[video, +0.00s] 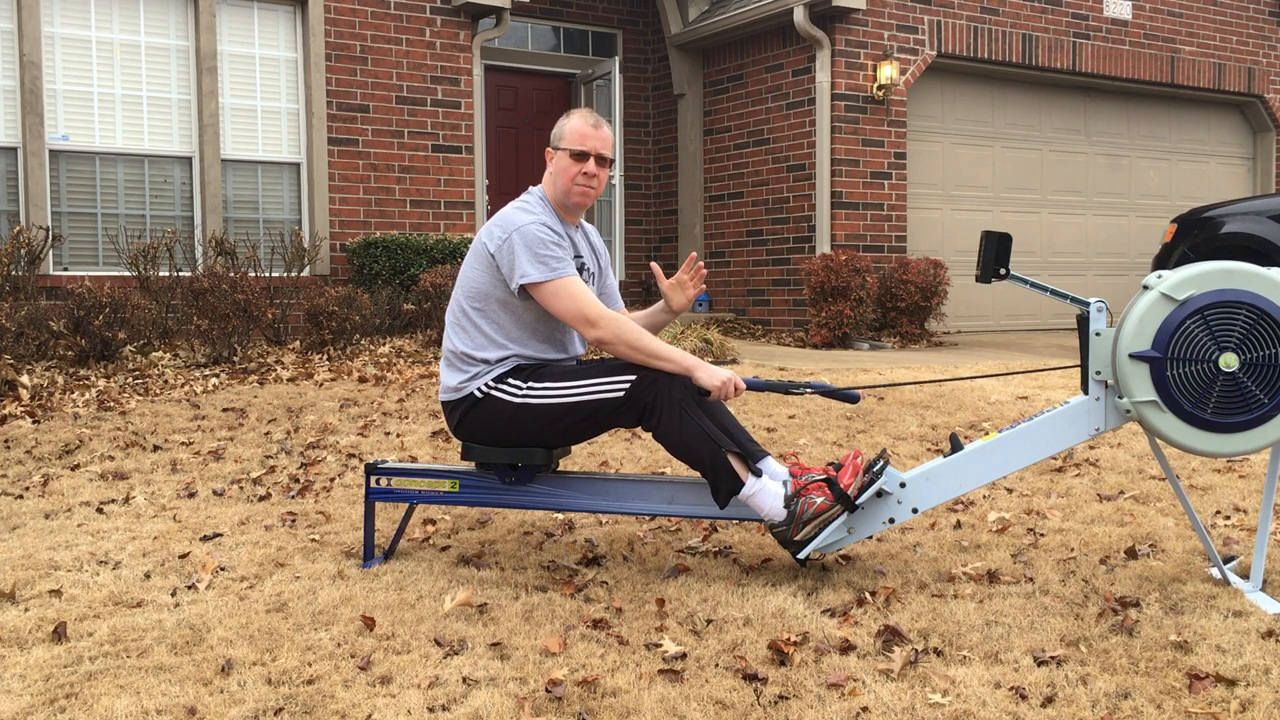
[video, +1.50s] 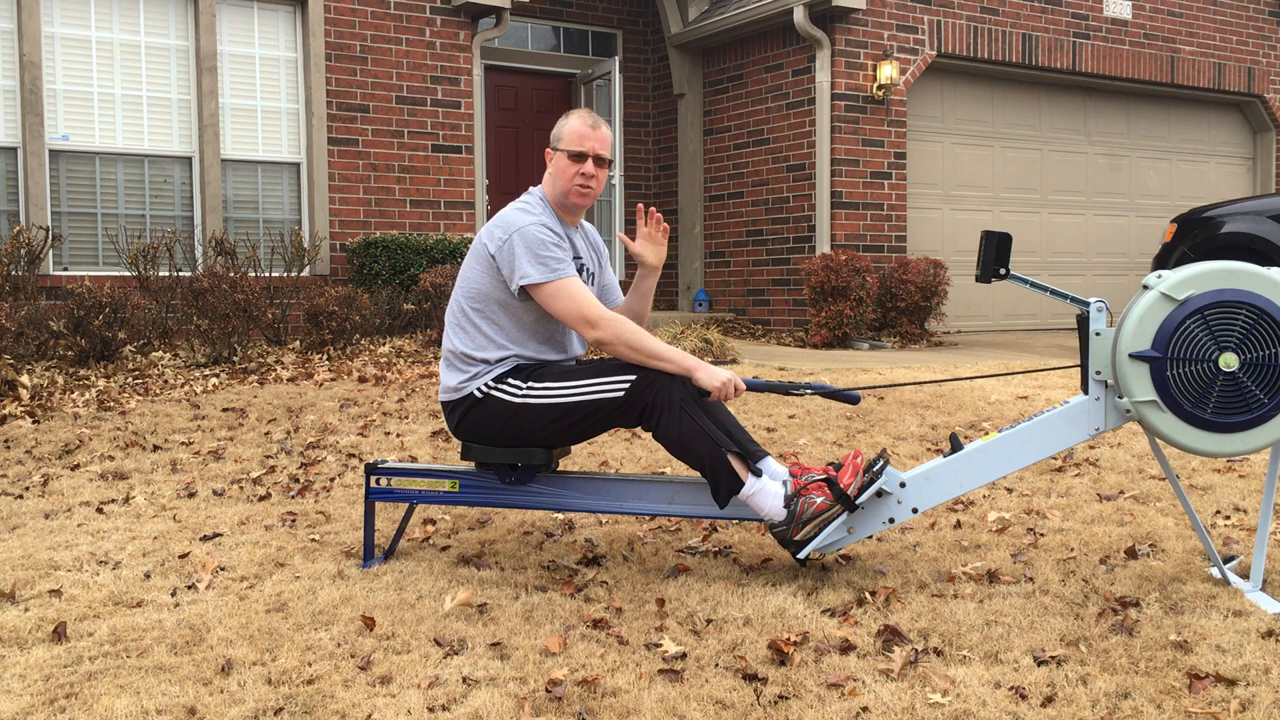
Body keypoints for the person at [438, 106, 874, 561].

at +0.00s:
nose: (590, 171)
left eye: (602, 163)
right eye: (578, 157)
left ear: (610, 172)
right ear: (548, 158)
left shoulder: (590, 242)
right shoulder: (524, 225)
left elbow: (608, 334)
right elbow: (594, 324)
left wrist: (664, 307)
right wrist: (697, 368)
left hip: (542, 378)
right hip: (488, 391)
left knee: (676, 377)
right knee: (652, 387)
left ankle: (789, 486)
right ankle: (777, 510)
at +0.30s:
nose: (589, 170)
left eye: (600, 161)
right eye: (576, 155)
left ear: (609, 170)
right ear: (547, 158)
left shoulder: (586, 236)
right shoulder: (525, 225)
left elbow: (610, 325)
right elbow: (594, 324)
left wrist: (633, 307)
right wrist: (698, 369)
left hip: (540, 376)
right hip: (488, 391)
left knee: (675, 377)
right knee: (652, 387)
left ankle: (787, 485)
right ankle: (777, 510)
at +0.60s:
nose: (589, 169)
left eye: (600, 160)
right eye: (576, 155)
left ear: (609, 170)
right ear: (546, 158)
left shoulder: (588, 239)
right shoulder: (524, 225)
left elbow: (619, 333)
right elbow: (595, 328)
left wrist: (611, 317)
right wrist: (697, 368)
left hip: (540, 376)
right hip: (487, 390)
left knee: (677, 379)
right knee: (651, 387)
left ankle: (787, 486)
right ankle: (777, 510)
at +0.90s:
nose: (588, 169)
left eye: (599, 160)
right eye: (575, 155)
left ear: (608, 170)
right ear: (546, 159)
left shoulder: (587, 239)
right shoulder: (523, 226)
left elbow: (606, 330)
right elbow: (594, 326)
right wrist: (698, 369)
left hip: (540, 376)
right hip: (487, 391)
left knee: (675, 379)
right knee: (652, 386)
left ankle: (788, 485)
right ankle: (777, 510)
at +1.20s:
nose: (585, 170)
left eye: (597, 161)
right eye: (573, 156)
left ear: (606, 170)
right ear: (545, 158)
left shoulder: (583, 236)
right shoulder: (523, 226)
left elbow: (614, 322)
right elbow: (594, 327)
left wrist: (676, 323)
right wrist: (697, 369)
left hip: (540, 376)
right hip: (487, 391)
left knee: (675, 377)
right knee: (651, 386)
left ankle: (787, 484)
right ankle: (777, 510)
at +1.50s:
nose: (589, 172)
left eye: (600, 163)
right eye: (577, 158)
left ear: (608, 172)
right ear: (548, 159)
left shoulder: (589, 238)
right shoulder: (524, 226)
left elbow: (621, 333)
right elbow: (595, 327)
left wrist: (649, 271)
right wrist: (697, 368)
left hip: (541, 377)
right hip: (488, 391)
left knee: (676, 378)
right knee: (652, 387)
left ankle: (788, 485)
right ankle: (777, 509)